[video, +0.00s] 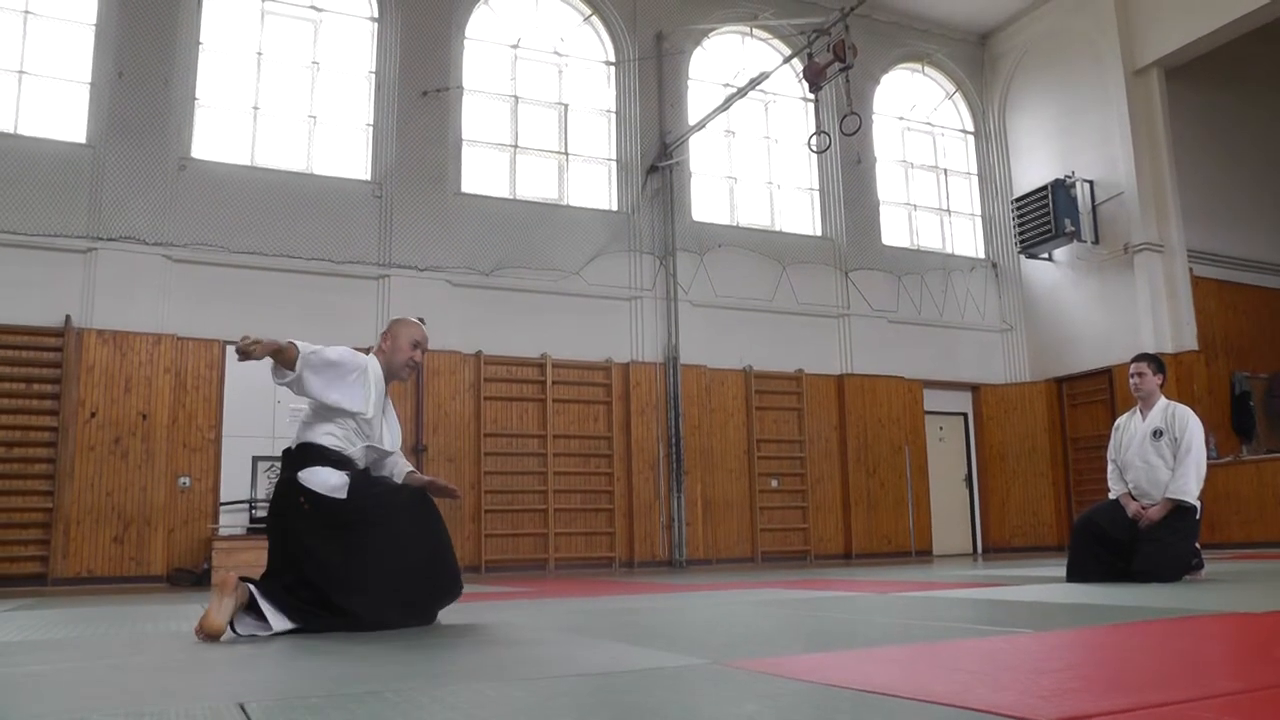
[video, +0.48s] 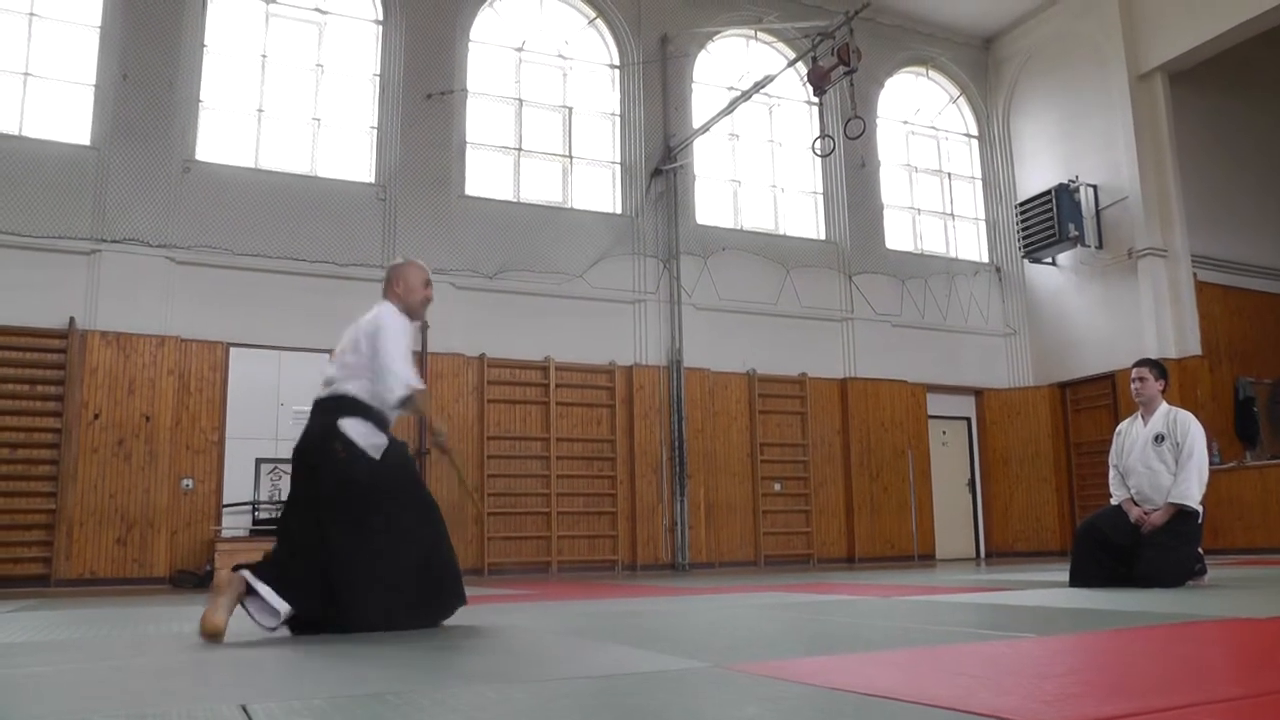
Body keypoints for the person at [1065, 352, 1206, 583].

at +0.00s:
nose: (1134, 381)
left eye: (1141, 375)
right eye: (1131, 376)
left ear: (1159, 379)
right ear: (1128, 381)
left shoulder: (1182, 417)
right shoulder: (1121, 424)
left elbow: (1191, 469)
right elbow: (1113, 469)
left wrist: (1162, 507)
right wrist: (1128, 503)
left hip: (1174, 509)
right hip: (1130, 507)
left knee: (1150, 572)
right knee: (1086, 528)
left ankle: (1191, 556)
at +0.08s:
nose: (1134, 382)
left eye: (1141, 376)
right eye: (1131, 377)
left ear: (1159, 380)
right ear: (1128, 382)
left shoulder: (1182, 418)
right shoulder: (1121, 425)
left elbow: (1191, 470)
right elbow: (1113, 470)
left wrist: (1162, 508)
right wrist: (1128, 504)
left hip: (1174, 511)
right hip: (1130, 508)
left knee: (1150, 573)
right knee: (1087, 528)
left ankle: (1191, 557)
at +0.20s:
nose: (1136, 383)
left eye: (1142, 378)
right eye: (1132, 379)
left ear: (1160, 382)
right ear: (1129, 384)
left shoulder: (1183, 419)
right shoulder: (1123, 427)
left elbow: (1192, 471)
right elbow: (1114, 472)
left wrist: (1164, 510)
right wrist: (1129, 505)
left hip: (1175, 512)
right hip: (1131, 510)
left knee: (1152, 574)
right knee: (1087, 531)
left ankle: (1193, 559)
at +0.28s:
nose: (1136, 384)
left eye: (1142, 379)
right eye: (1132, 380)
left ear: (1160, 383)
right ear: (1129, 385)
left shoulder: (1183, 420)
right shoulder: (1123, 428)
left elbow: (1193, 472)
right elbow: (1114, 473)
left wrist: (1164, 511)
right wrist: (1129, 506)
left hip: (1176, 513)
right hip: (1132, 511)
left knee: (1152, 575)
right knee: (1089, 531)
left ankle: (1193, 560)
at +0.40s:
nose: (1136, 385)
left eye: (1142, 379)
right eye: (1133, 381)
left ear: (1160, 384)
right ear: (1130, 386)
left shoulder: (1183, 421)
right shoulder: (1123, 429)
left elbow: (1193, 473)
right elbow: (1115, 474)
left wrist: (1165, 512)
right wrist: (1130, 507)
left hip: (1176, 514)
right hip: (1132, 512)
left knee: (1152, 576)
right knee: (1090, 532)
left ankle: (1194, 560)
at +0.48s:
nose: (1135, 386)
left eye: (1142, 380)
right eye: (1132, 381)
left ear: (1160, 385)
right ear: (1129, 386)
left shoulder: (1183, 422)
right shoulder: (1123, 430)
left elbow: (1193, 474)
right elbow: (1114, 475)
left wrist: (1164, 513)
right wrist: (1130, 508)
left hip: (1176, 514)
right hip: (1131, 513)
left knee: (1152, 576)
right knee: (1089, 533)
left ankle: (1193, 561)